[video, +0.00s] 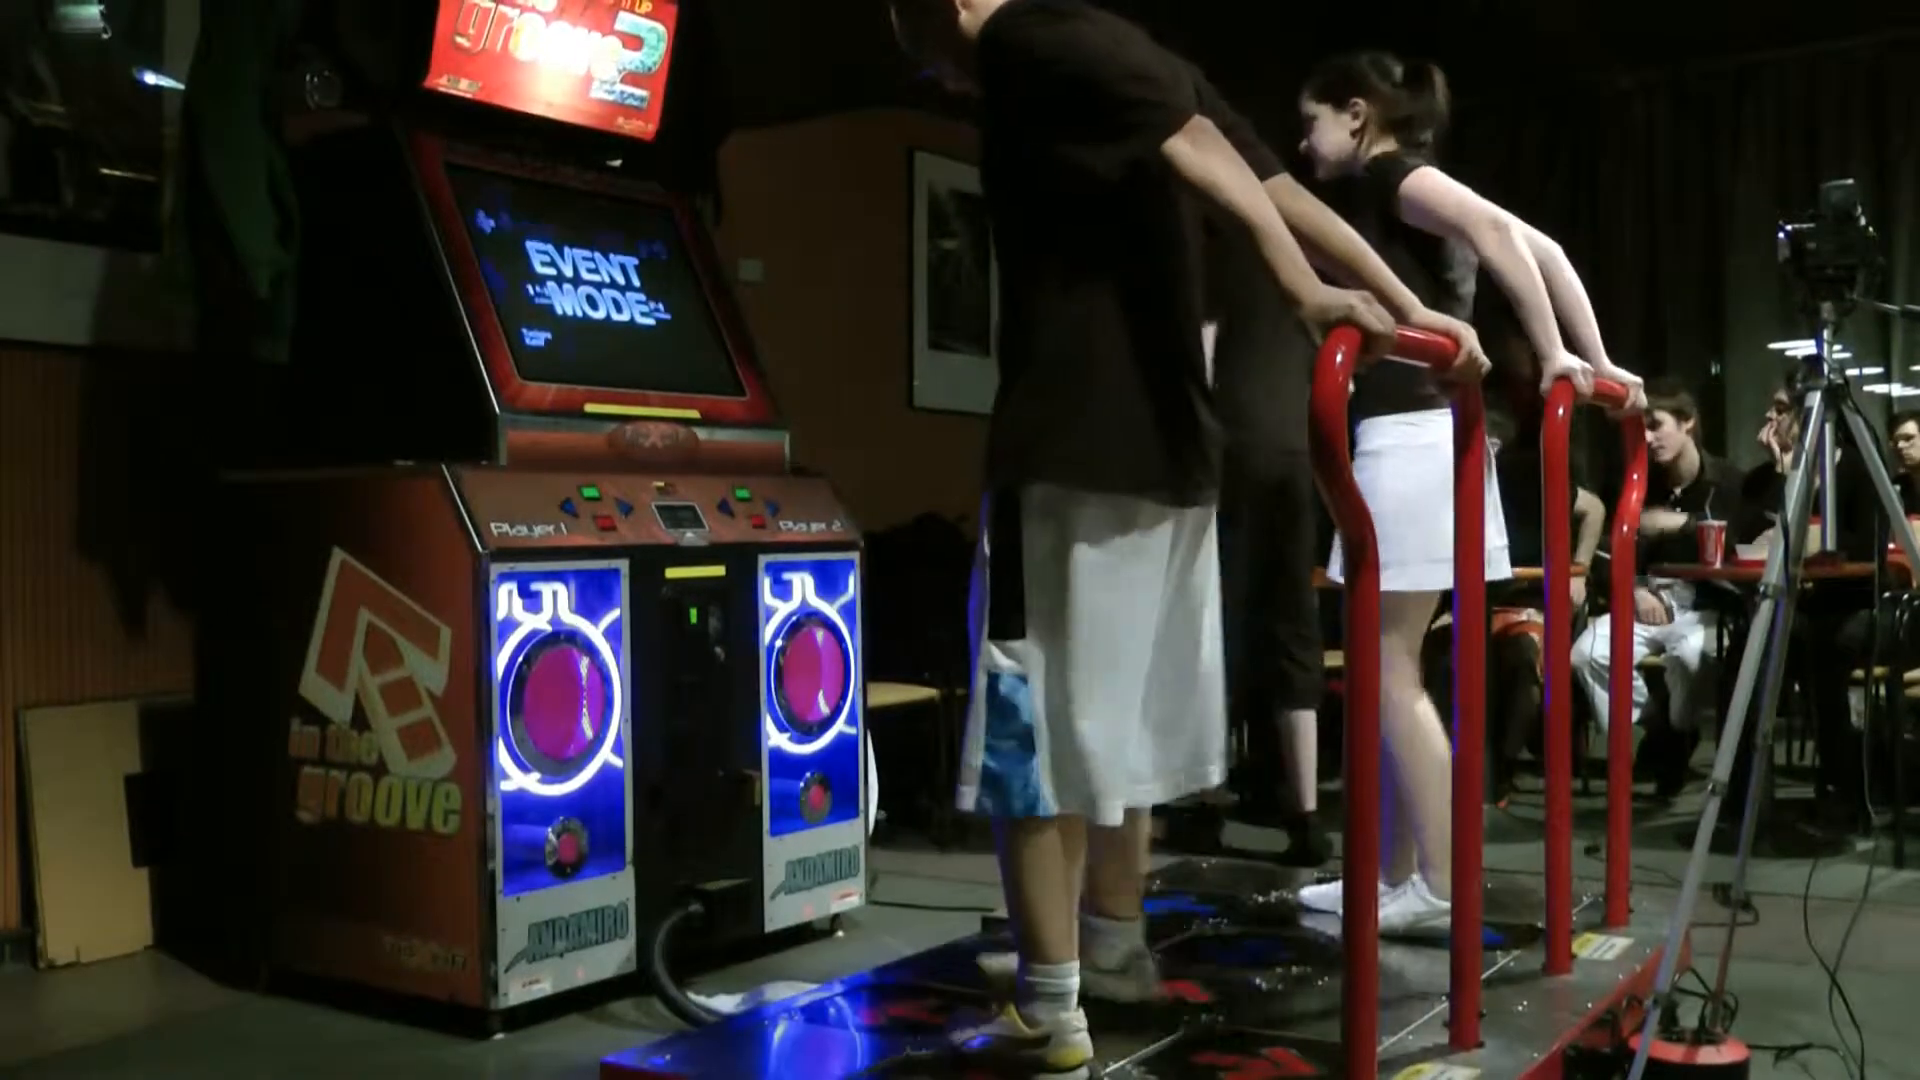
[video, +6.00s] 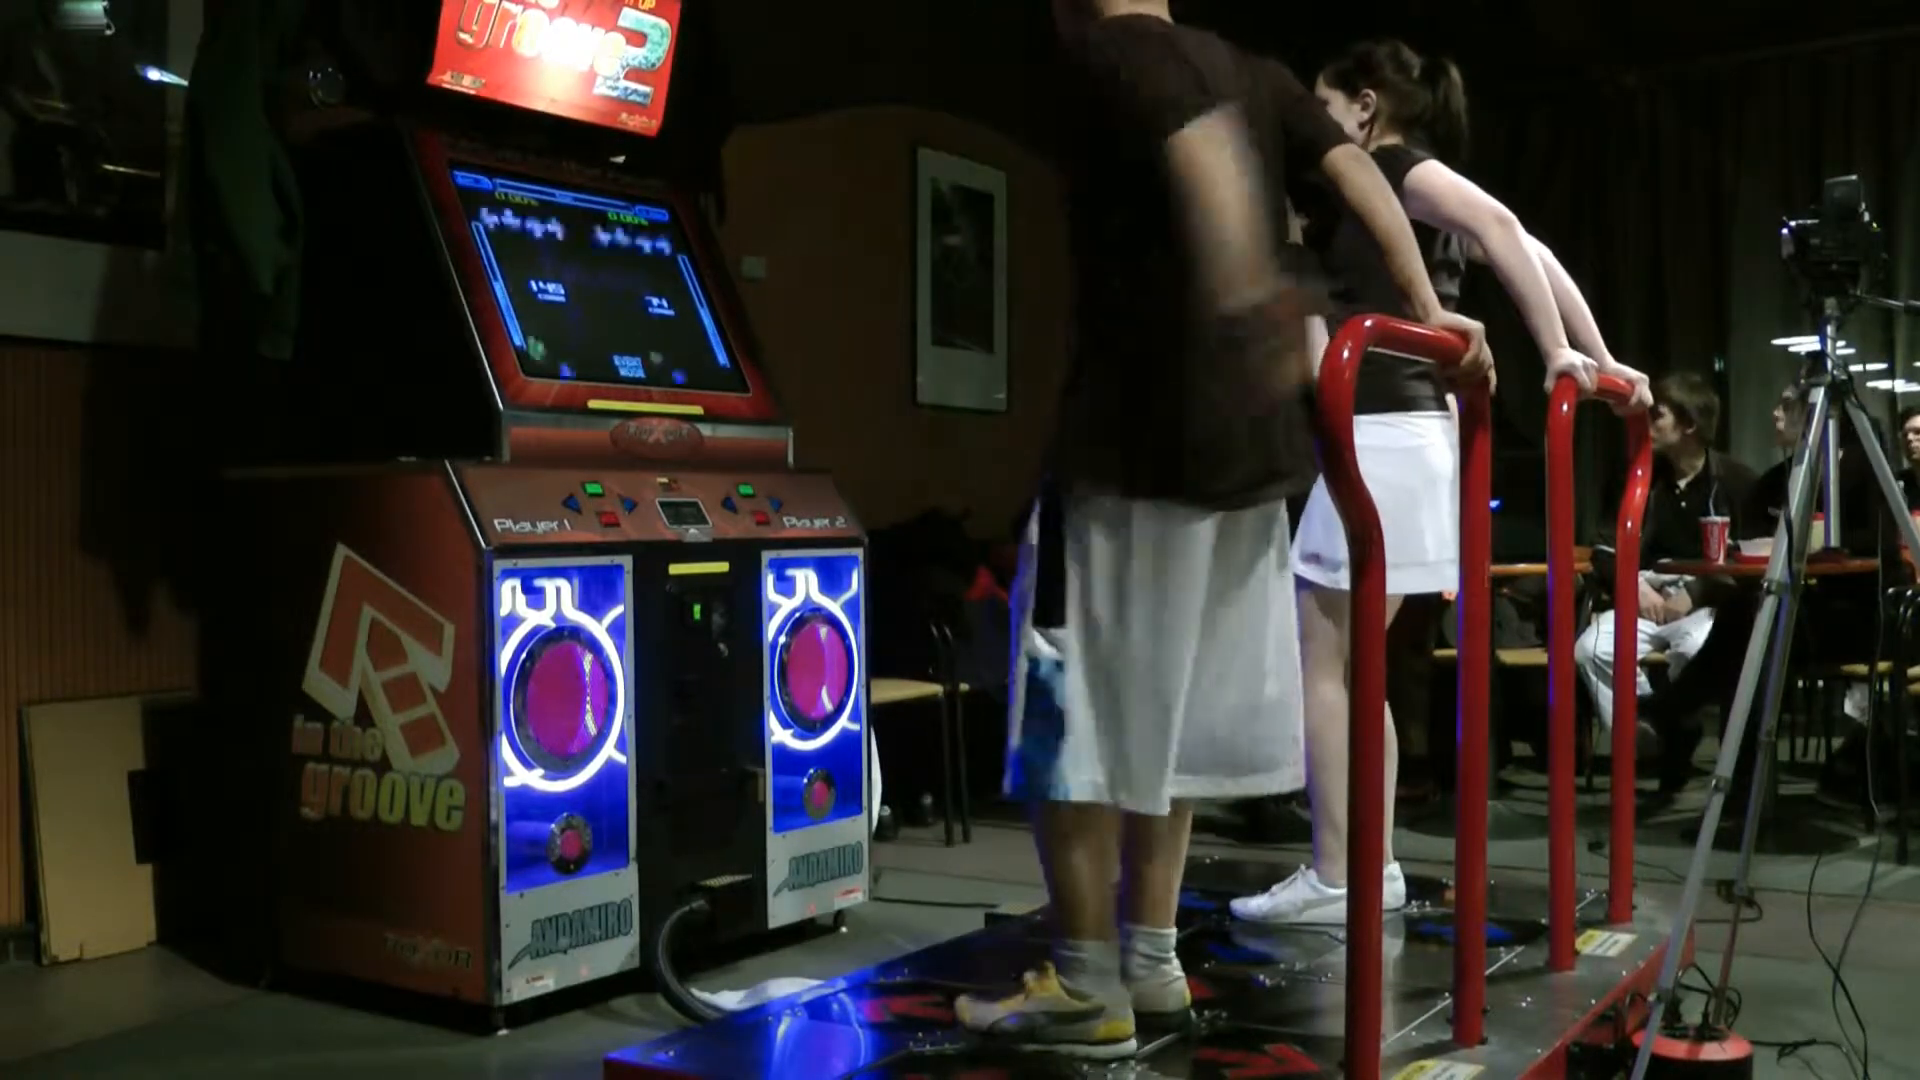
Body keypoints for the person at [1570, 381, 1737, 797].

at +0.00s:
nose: (1650, 437)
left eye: (1659, 426)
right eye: (1645, 428)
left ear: (1688, 425)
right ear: (1638, 430)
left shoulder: (1726, 481)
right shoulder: (1640, 480)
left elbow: (1734, 551)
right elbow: (1612, 552)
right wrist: (1636, 592)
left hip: (1703, 606)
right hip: (1649, 601)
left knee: (1690, 654)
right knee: (1591, 652)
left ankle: (1680, 740)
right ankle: (1654, 733)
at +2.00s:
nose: (1664, 447)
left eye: (1672, 435)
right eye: (1656, 438)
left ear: (1698, 429)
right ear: (1646, 438)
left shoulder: (1730, 480)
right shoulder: (1642, 479)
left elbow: (1740, 558)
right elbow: (1605, 551)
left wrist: (1690, 596)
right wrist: (1637, 588)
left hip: (1705, 602)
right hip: (1647, 596)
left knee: (1690, 650)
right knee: (1593, 649)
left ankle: (1682, 736)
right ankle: (1657, 727)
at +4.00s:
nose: (1685, 421)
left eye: (1695, 410)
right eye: (1674, 413)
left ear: (1713, 418)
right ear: (1660, 423)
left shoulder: (1739, 480)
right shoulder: (1646, 476)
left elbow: (1753, 558)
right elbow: (1607, 547)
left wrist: (1692, 595)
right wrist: (1634, 585)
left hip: (1710, 602)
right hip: (1648, 599)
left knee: (1690, 651)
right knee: (1594, 649)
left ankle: (1682, 736)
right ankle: (1656, 734)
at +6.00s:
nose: (1650, 425)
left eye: (1660, 417)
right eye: (1651, 417)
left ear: (1689, 425)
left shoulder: (1734, 480)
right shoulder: (1645, 474)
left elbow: (1745, 561)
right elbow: (1606, 548)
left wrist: (1692, 595)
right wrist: (1634, 588)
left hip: (1701, 600)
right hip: (1644, 595)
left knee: (1696, 652)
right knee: (1595, 649)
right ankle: (1646, 751)